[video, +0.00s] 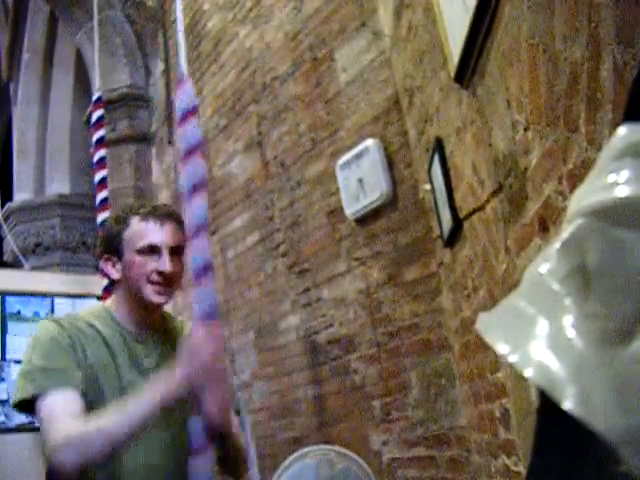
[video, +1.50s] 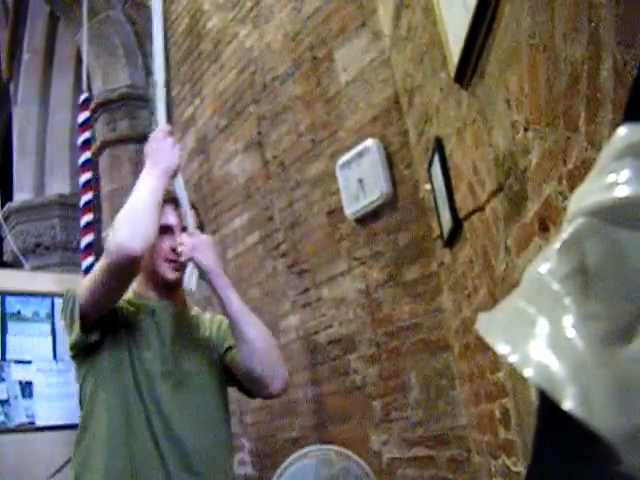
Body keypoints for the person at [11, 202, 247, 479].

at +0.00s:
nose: (167, 267)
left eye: (175, 253)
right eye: (149, 252)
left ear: (184, 262)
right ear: (113, 266)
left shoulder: (190, 340)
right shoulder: (61, 337)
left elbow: (239, 467)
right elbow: (65, 452)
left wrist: (221, 423)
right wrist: (180, 375)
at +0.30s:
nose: (160, 271)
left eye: (169, 256)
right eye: (143, 256)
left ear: (179, 263)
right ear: (106, 269)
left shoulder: (197, 350)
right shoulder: (67, 358)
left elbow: (216, 463)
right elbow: (82, 474)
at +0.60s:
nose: (155, 266)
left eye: (164, 252)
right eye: (138, 252)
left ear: (173, 260)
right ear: (104, 268)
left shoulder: (197, 349)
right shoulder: (71, 356)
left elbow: (227, 459)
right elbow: (91, 474)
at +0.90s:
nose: (160, 262)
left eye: (169, 250)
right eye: (145, 249)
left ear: (178, 262)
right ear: (113, 268)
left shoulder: (204, 350)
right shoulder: (76, 346)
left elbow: (251, 453)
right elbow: (60, 461)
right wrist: (152, 474)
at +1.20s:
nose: (168, 261)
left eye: (177, 249)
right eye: (153, 250)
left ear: (187, 260)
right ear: (120, 262)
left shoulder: (204, 341)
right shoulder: (90, 326)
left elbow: (268, 438)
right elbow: (88, 353)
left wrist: (235, 366)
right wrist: (159, 240)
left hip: (202, 473)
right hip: (113, 473)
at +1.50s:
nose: (178, 243)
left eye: (184, 232)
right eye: (164, 231)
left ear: (192, 241)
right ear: (141, 242)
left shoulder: (212, 330)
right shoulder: (101, 320)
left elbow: (273, 381)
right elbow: (126, 251)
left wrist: (217, 275)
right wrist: (155, 171)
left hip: (205, 472)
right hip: (115, 470)